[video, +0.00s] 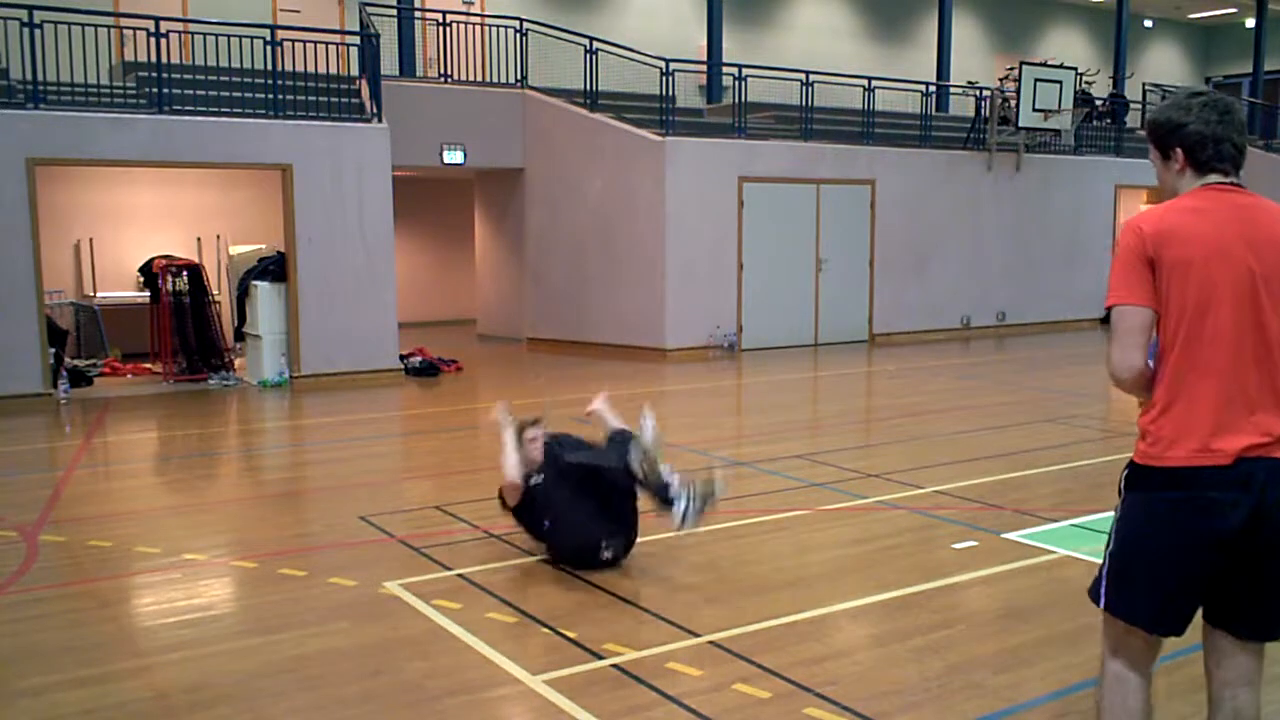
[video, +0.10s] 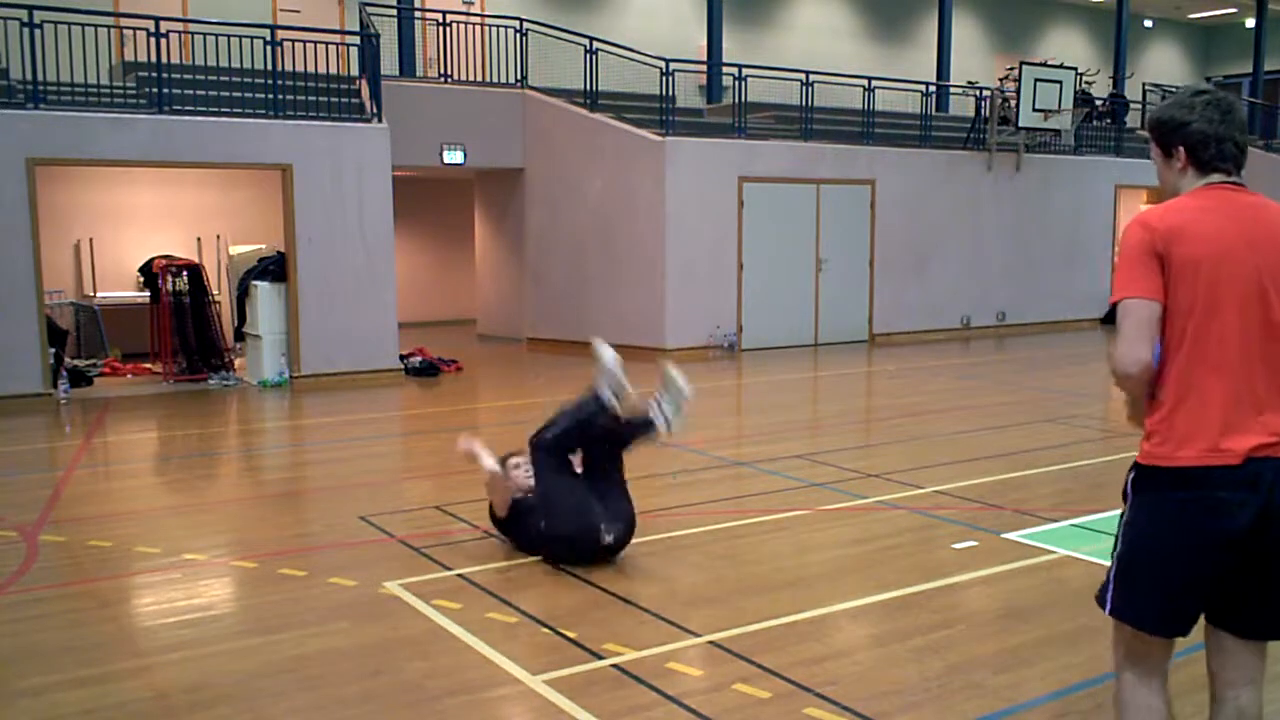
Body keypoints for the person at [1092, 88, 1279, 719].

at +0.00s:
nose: (1154, 170)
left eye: (1155, 157)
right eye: (1154, 157)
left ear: (1174, 157)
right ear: (1235, 154)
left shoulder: (1150, 229)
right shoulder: (1274, 220)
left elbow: (1127, 367)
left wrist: (1170, 384)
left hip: (1175, 478)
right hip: (1267, 479)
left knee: (1127, 659)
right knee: (1239, 666)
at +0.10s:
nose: (1154, 168)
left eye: (1155, 154)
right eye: (1153, 155)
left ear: (1175, 155)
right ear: (1234, 153)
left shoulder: (1154, 227)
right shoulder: (1276, 220)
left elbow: (1133, 360)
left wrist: (1140, 402)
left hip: (1181, 481)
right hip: (1270, 480)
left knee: (1141, 664)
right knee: (1241, 675)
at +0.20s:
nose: (1154, 167)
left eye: (1154, 153)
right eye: (1152, 154)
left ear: (1175, 154)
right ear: (1233, 151)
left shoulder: (1158, 225)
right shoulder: (1274, 218)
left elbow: (1140, 359)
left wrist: (1124, 410)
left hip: (1186, 481)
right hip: (1270, 477)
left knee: (1157, 665)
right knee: (1243, 665)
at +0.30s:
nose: (1152, 167)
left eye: (1153, 152)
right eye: (1151, 153)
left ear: (1175, 152)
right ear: (1230, 150)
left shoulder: (1162, 224)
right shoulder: (1274, 217)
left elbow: (1147, 358)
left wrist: (1120, 410)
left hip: (1192, 478)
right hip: (1271, 474)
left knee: (1173, 668)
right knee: (1244, 663)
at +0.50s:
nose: (1146, 170)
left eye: (1146, 154)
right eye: (1145, 155)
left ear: (1169, 150)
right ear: (1223, 147)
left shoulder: (1169, 221)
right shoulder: (1270, 213)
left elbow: (1175, 359)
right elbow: (1256, 343)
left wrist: (1126, 416)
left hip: (1208, 477)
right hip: (1269, 470)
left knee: (1196, 669)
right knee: (1229, 656)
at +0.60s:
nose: (1144, 171)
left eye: (1145, 155)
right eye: (1143, 157)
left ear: (1167, 153)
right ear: (1223, 147)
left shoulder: (1170, 225)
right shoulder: (1269, 213)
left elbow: (1183, 362)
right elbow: (1255, 347)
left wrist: (1128, 423)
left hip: (1210, 476)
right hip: (1269, 467)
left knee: (1199, 665)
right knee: (1222, 646)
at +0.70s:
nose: (1149, 174)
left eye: (1149, 157)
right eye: (1148, 159)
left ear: (1172, 152)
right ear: (1227, 146)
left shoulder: (1174, 225)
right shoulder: (1272, 211)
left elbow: (1186, 361)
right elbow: (1259, 346)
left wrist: (1128, 423)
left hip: (1211, 476)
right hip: (1273, 469)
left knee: (1199, 663)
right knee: (1241, 643)